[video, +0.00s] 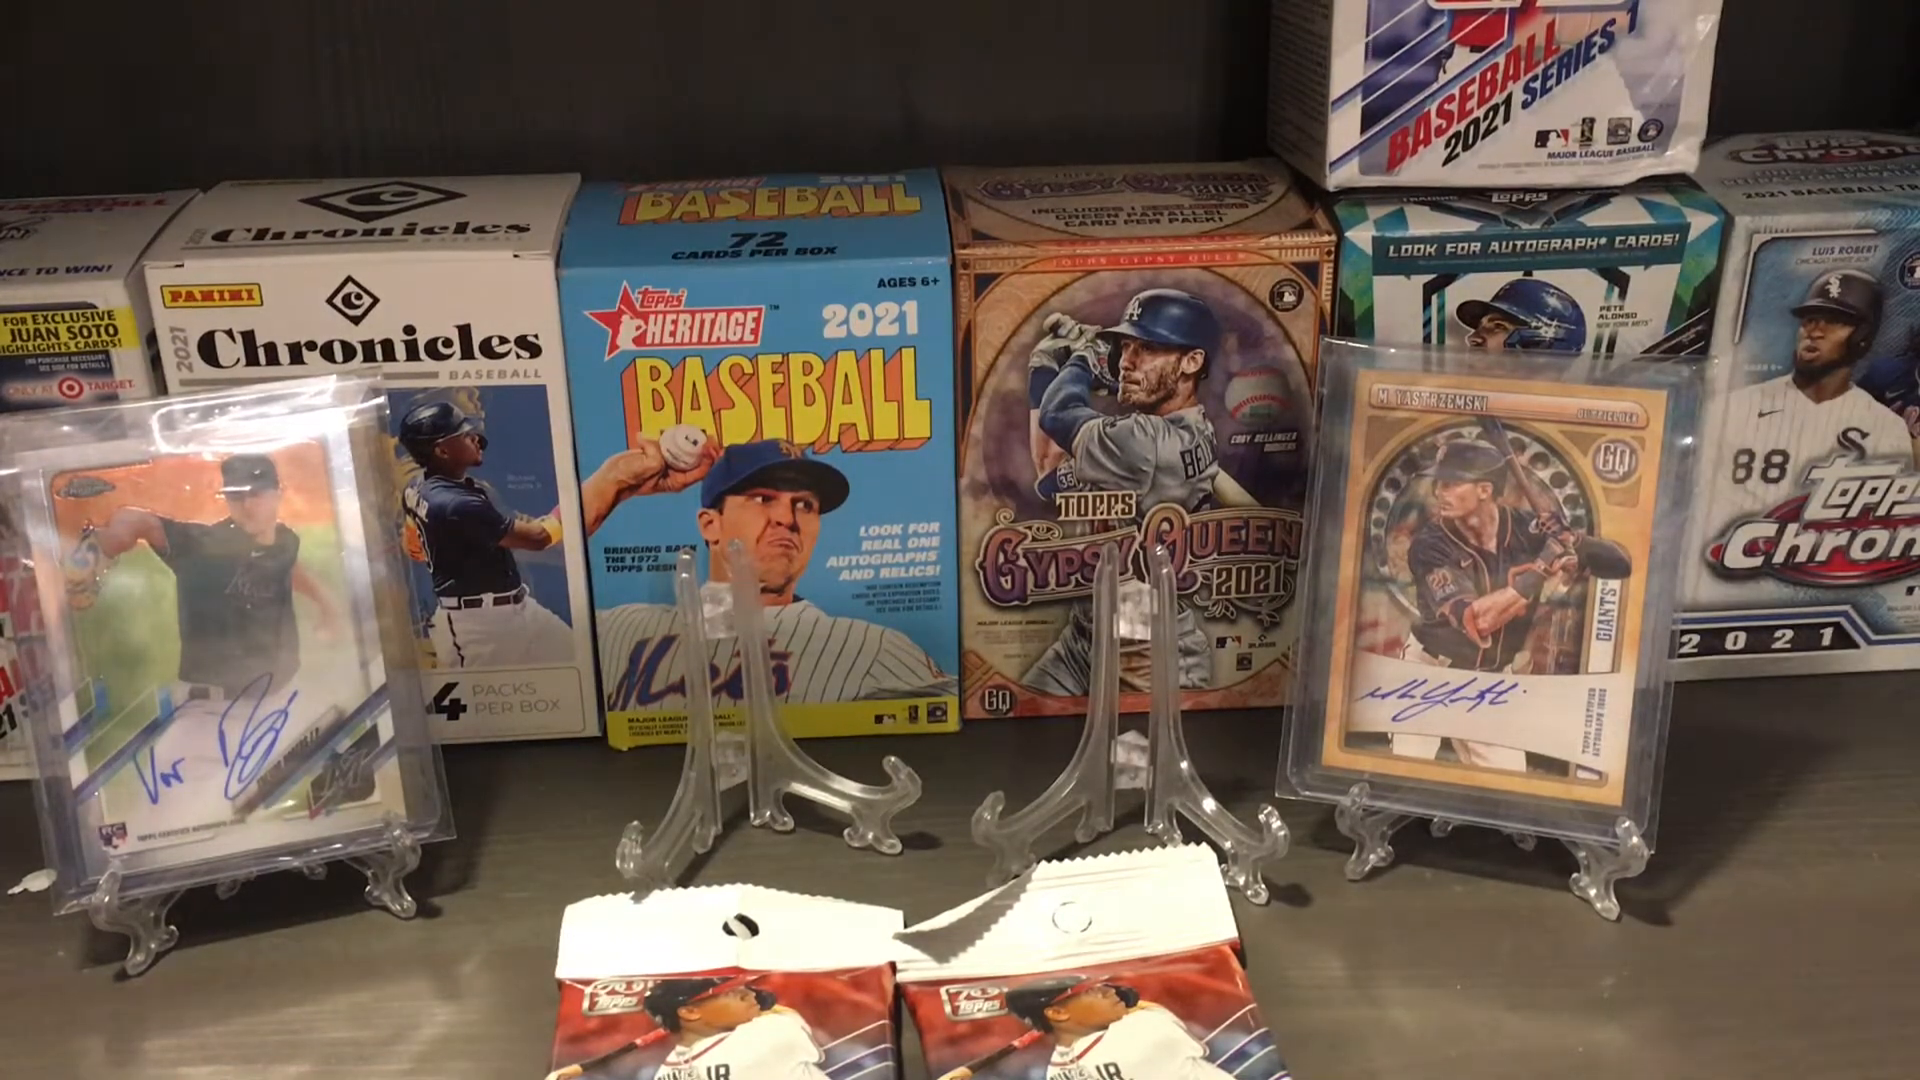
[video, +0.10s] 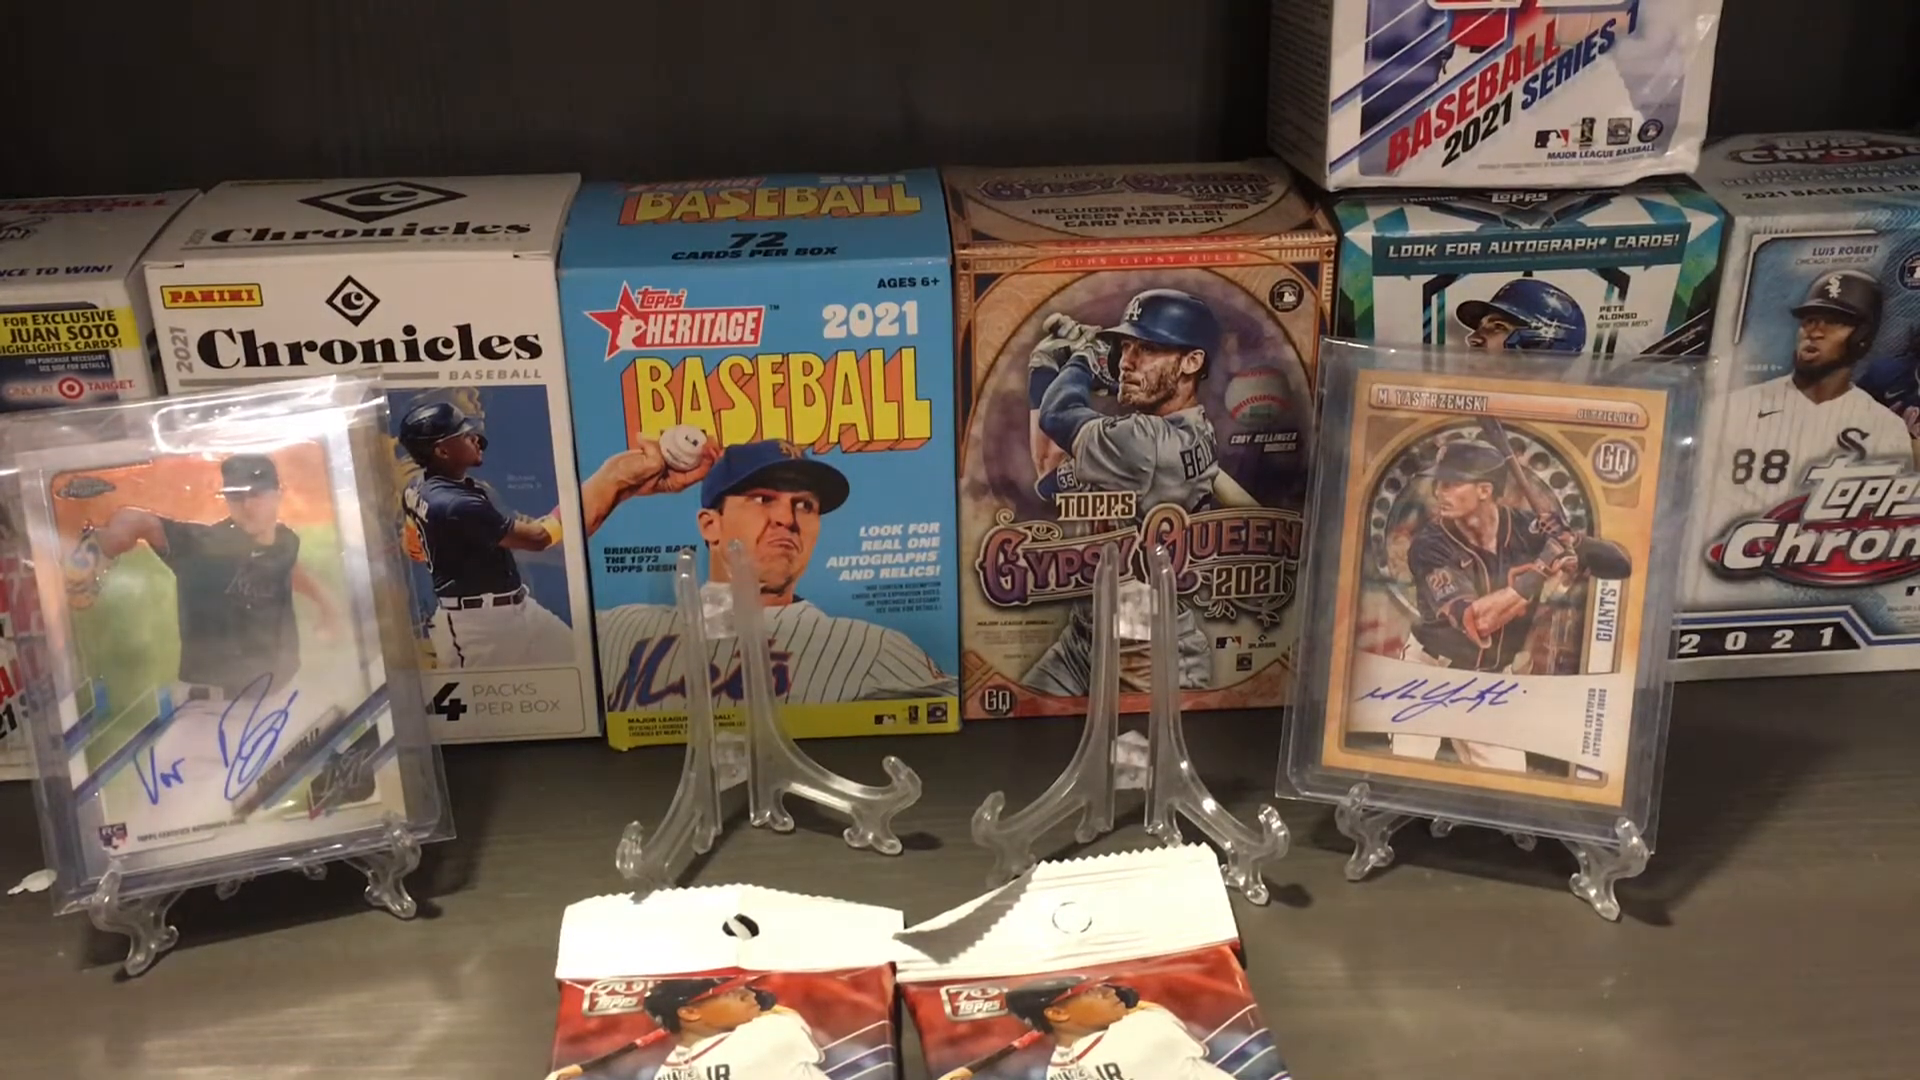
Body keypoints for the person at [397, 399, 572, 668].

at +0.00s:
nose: (476, 437)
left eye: (470, 430)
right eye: (465, 433)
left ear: (442, 451)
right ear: (442, 450)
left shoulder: (419, 490)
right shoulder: (460, 506)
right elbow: (538, 537)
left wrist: (539, 523)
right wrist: (568, 511)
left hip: (520, 609)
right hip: (473, 623)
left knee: (587, 664)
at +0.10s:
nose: (476, 437)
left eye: (470, 431)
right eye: (465, 433)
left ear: (442, 451)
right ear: (442, 450)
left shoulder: (420, 490)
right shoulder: (460, 507)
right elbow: (538, 538)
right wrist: (571, 509)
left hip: (520, 609)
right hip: (474, 623)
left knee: (587, 665)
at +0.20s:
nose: (476, 437)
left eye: (470, 430)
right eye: (465, 433)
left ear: (442, 451)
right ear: (442, 450)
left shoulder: (420, 489)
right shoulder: (460, 506)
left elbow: (414, 545)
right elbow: (538, 537)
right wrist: (569, 510)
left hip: (520, 609)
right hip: (473, 623)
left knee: (587, 663)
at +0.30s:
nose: (476, 437)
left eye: (470, 430)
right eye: (465, 433)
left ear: (442, 451)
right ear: (442, 450)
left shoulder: (420, 489)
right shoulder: (460, 506)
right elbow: (538, 537)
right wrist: (569, 510)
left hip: (520, 609)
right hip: (474, 623)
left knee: (587, 664)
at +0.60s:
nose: (476, 437)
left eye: (470, 431)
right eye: (465, 433)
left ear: (442, 451)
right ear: (442, 450)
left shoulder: (419, 490)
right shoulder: (460, 506)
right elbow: (538, 537)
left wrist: (541, 523)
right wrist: (568, 512)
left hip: (520, 609)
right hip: (474, 623)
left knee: (587, 664)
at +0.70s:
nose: (476, 437)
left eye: (470, 431)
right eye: (465, 433)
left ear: (442, 451)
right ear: (442, 450)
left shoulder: (419, 490)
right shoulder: (459, 506)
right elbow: (538, 537)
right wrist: (568, 511)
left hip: (520, 609)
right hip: (474, 623)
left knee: (588, 663)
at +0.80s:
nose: (476, 436)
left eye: (470, 430)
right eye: (465, 432)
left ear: (442, 450)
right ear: (441, 449)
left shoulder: (419, 489)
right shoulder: (460, 506)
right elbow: (538, 537)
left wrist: (546, 521)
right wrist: (567, 511)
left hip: (520, 609)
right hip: (474, 623)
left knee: (588, 663)